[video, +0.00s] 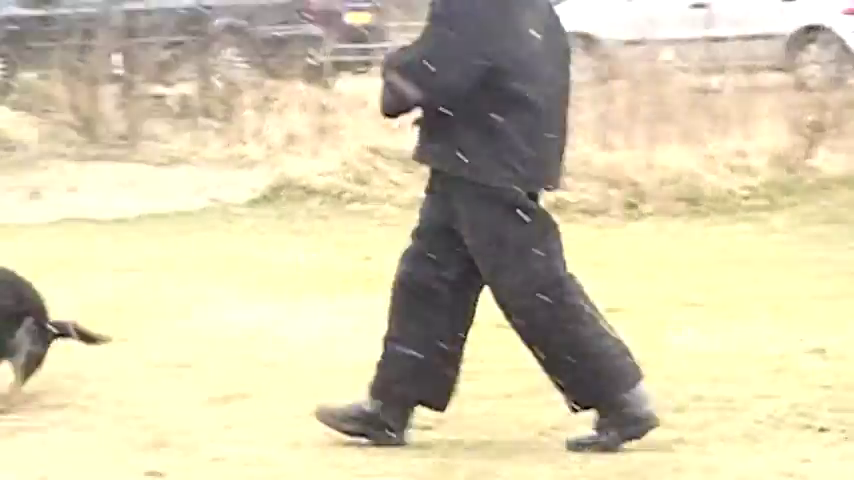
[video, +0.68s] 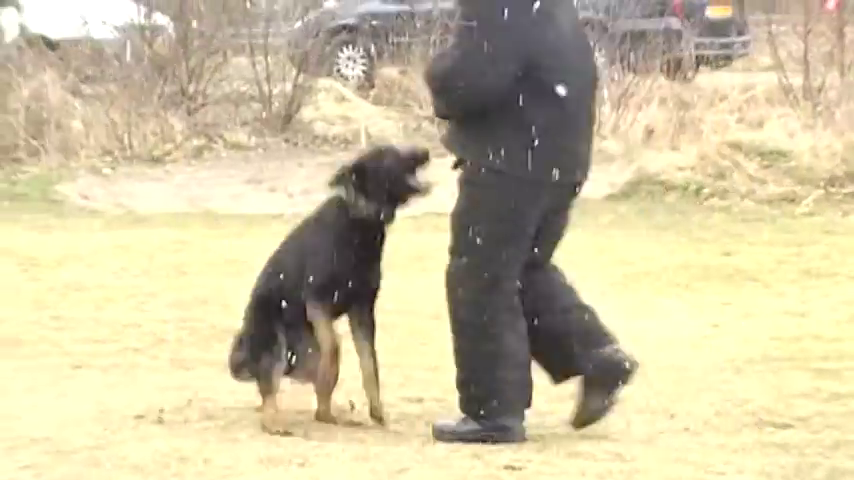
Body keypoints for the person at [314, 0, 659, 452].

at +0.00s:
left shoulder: (473, 10)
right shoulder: (531, 12)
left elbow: (440, 69)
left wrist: (397, 67)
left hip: (488, 166)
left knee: (536, 289)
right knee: (430, 283)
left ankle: (624, 406)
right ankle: (387, 408)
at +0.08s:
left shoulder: (521, 9)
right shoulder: (575, 13)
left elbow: (485, 81)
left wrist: (450, 89)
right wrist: (468, 98)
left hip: (527, 174)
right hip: (500, 171)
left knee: (544, 291)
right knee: (470, 287)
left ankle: (668, 381)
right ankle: (464, 416)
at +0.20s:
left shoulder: (586, 8)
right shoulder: (626, 10)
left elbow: (560, 60)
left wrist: (508, 65)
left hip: (581, 158)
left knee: (549, 276)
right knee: (571, 278)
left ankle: (654, 368)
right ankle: (576, 414)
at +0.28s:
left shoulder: (599, 6)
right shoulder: (634, 8)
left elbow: (565, 51)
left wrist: (521, 39)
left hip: (584, 152)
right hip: (622, 155)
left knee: (539, 265)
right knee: (616, 274)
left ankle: (596, 397)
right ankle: (631, 406)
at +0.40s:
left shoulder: (591, 6)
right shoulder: (617, 8)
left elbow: (563, 50)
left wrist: (516, 46)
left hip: (584, 150)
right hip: (618, 150)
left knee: (526, 265)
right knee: (635, 271)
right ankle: (672, 396)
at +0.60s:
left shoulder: (547, 9)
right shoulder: (584, 13)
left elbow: (518, 77)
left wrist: (480, 68)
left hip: (543, 172)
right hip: (585, 175)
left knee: (501, 284)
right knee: (569, 281)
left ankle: (500, 414)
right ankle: (666, 362)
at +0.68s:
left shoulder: (498, 8)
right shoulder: (555, 12)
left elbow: (476, 79)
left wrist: (441, 71)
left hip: (509, 166)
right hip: (559, 165)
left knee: (479, 280)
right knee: (525, 271)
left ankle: (495, 415)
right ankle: (598, 360)